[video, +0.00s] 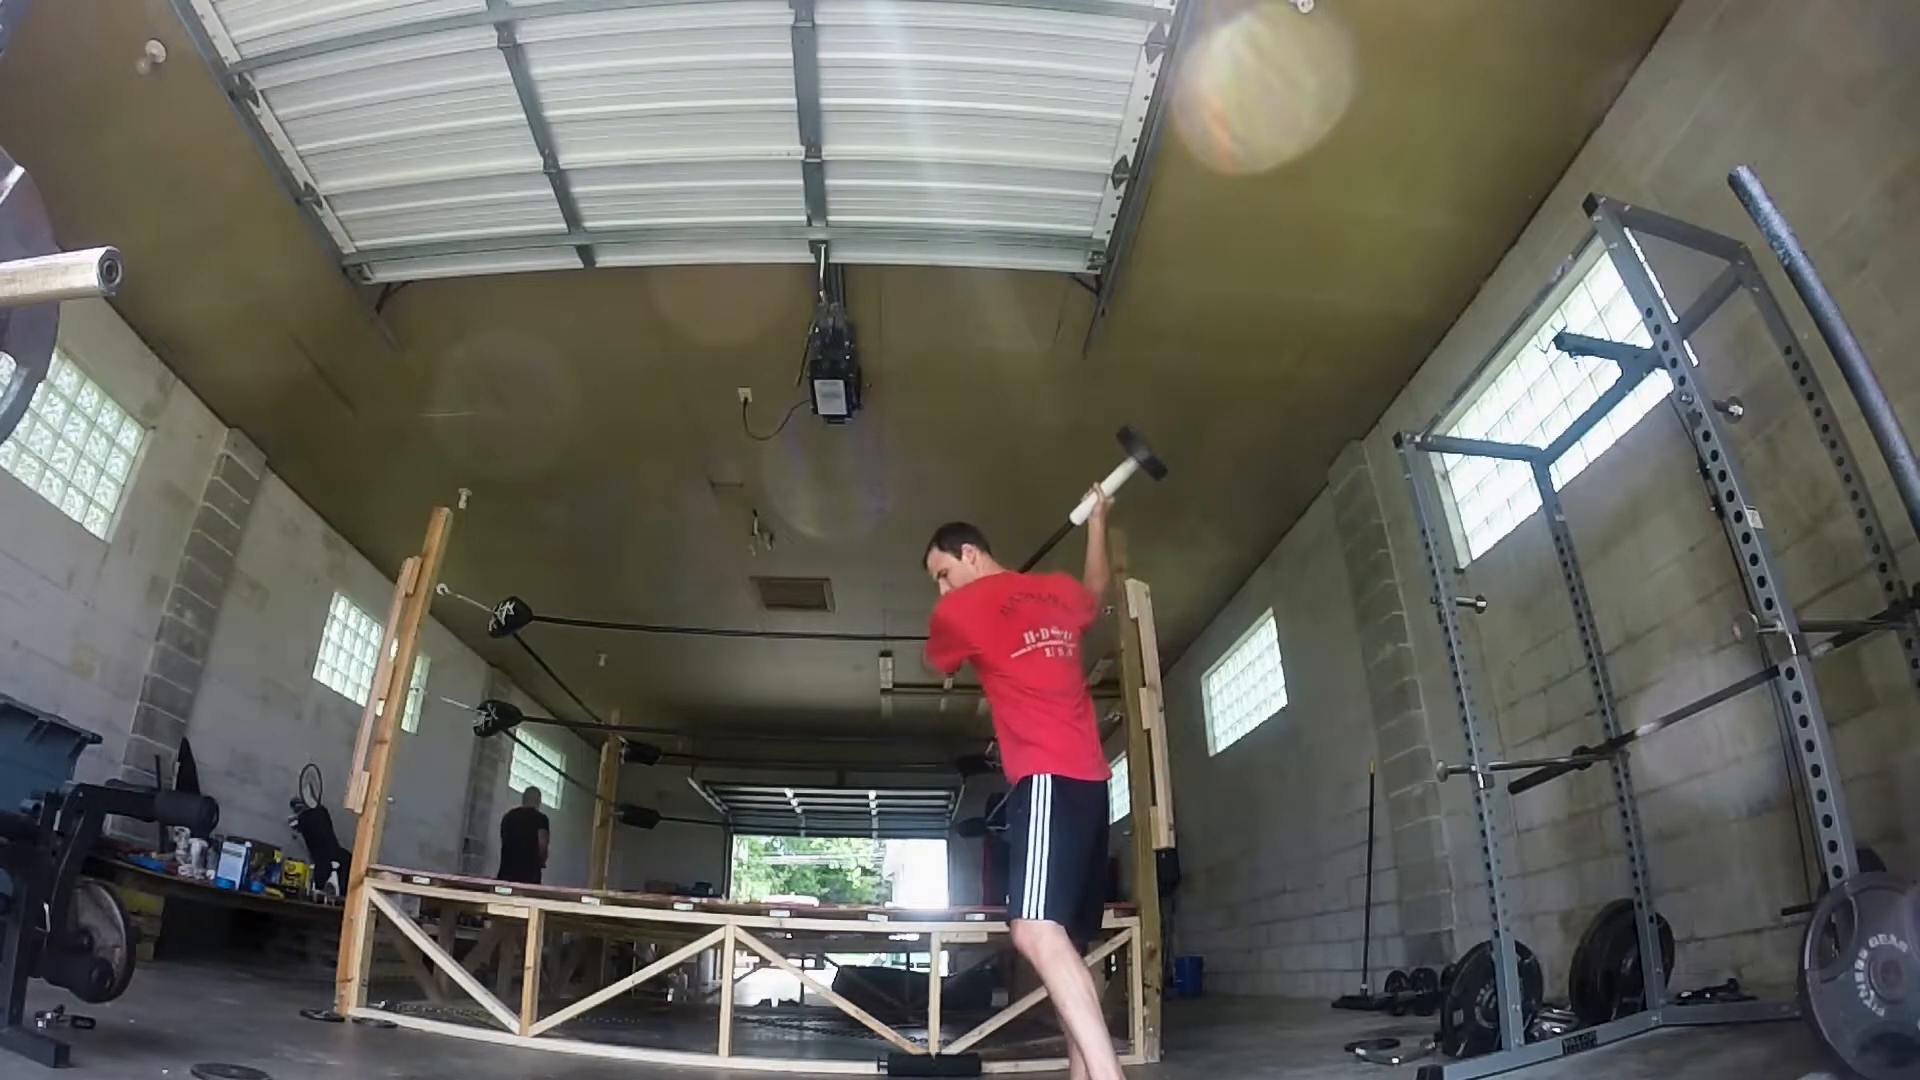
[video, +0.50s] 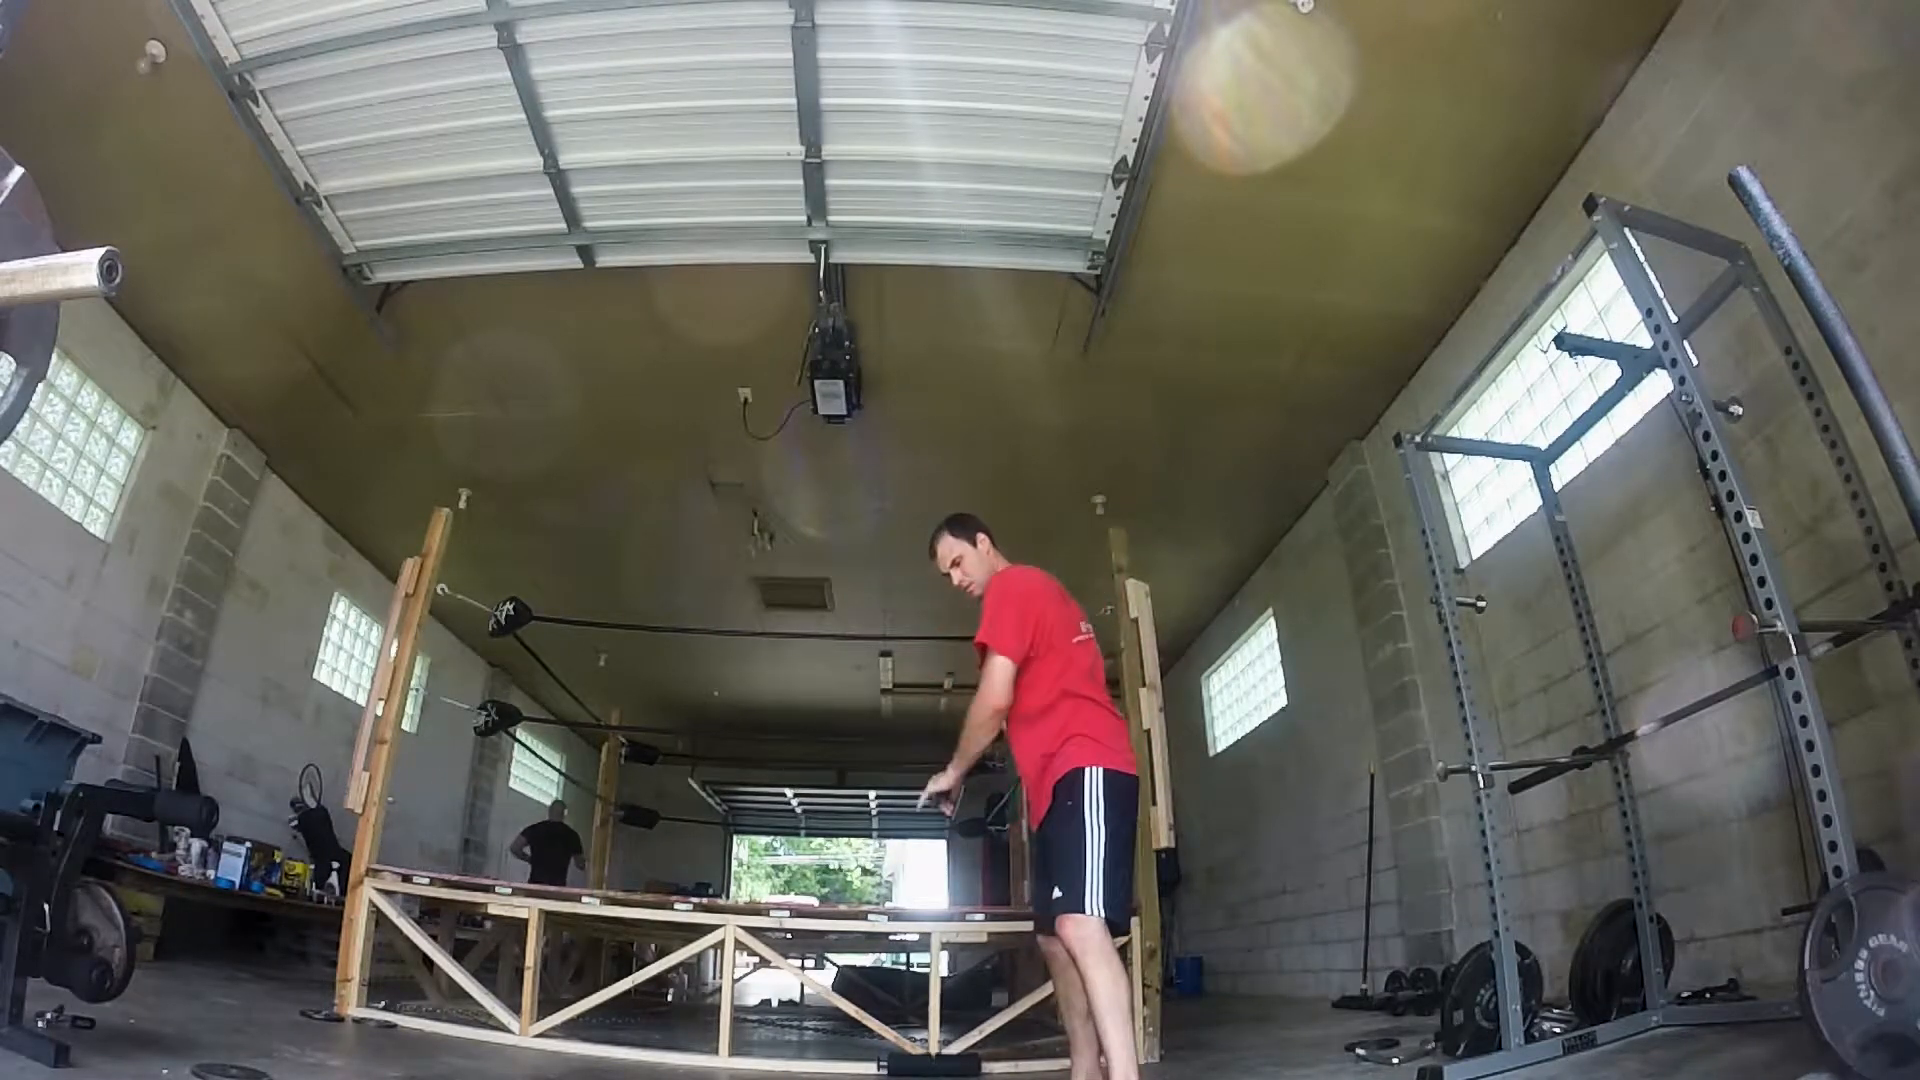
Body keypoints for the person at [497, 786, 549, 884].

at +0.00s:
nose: (539, 802)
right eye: (539, 799)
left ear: (523, 798)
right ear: (538, 800)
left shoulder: (508, 816)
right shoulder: (541, 818)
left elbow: (504, 839)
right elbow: (542, 844)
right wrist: (542, 862)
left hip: (508, 866)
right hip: (529, 869)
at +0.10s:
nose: (545, 810)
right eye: (544, 808)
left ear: (529, 807)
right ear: (544, 809)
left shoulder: (513, 824)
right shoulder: (546, 828)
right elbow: (550, 858)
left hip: (514, 879)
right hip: (537, 881)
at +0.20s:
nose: (551, 814)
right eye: (551, 811)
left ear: (535, 810)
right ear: (550, 812)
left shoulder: (519, 827)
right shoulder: (552, 833)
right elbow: (557, 867)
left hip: (518, 883)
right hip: (542, 885)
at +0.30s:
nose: (557, 811)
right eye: (557, 809)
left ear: (542, 807)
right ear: (556, 810)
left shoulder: (523, 825)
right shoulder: (560, 830)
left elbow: (512, 854)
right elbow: (564, 864)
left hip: (522, 883)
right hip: (547, 885)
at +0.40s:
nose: (556, 811)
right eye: (559, 808)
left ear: (546, 807)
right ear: (561, 810)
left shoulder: (531, 822)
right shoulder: (567, 830)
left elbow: (512, 848)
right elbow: (573, 862)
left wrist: (528, 855)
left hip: (529, 880)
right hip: (552, 882)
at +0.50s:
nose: (557, 814)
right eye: (561, 812)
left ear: (549, 812)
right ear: (564, 814)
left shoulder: (535, 829)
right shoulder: (572, 835)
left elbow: (515, 848)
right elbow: (581, 864)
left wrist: (529, 859)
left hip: (535, 884)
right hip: (558, 886)